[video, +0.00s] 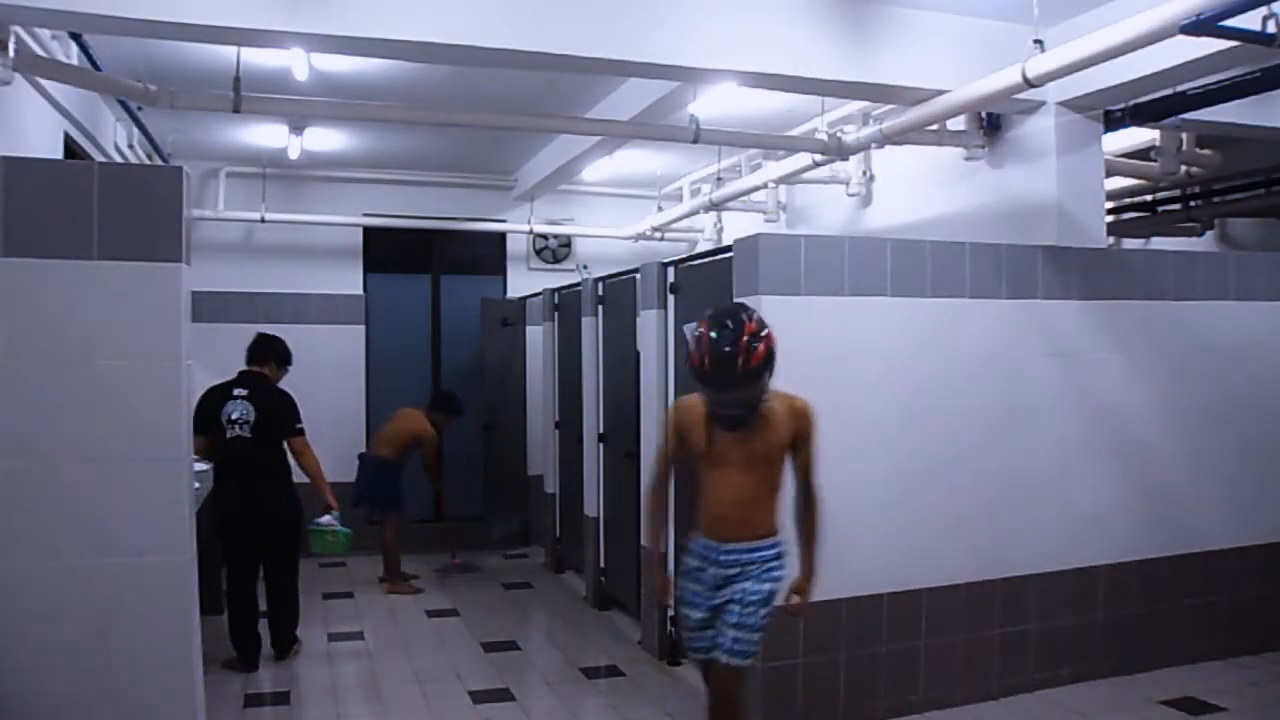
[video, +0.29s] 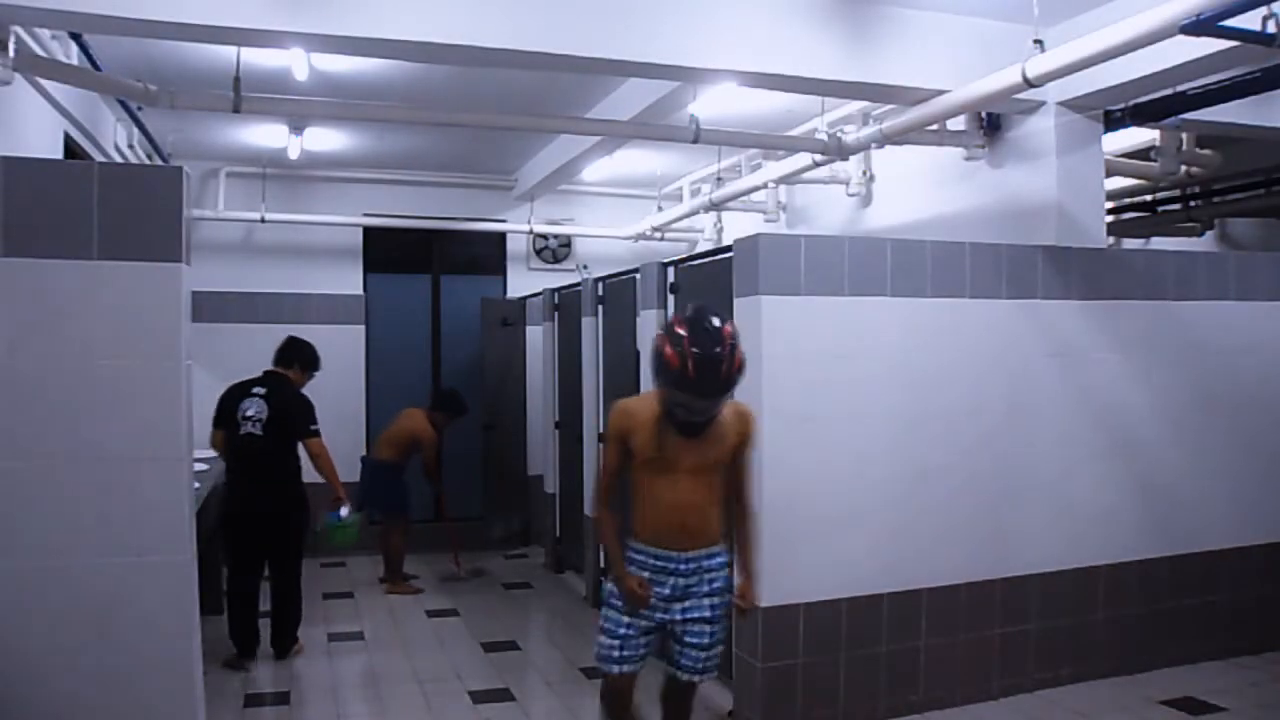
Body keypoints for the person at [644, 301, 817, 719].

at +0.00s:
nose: (729, 411)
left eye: (741, 401)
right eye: (720, 399)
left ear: (763, 381)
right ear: (704, 383)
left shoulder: (793, 416)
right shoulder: (685, 414)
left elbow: (806, 494)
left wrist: (807, 571)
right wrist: (655, 563)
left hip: (759, 563)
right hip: (700, 560)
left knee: (726, 680)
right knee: (713, 679)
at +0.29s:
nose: (696, 417)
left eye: (708, 407)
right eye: (684, 407)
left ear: (727, 389)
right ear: (662, 383)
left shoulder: (738, 422)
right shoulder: (628, 416)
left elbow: (738, 500)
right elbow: (605, 502)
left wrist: (745, 574)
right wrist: (619, 570)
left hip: (708, 572)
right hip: (640, 568)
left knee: (683, 690)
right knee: (616, 686)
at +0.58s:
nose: (668, 419)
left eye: (678, 407)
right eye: (657, 407)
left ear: (689, 392)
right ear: (629, 383)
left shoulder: (686, 422)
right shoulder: (582, 420)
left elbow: (676, 501)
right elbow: (547, 502)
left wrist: (699, 564)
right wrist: (580, 571)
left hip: (670, 579)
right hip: (612, 580)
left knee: (676, 695)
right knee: (594, 702)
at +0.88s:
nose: (642, 418)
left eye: (652, 406)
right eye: (629, 407)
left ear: (668, 385)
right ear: (600, 382)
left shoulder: (675, 419)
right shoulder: (560, 421)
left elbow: (672, 493)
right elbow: (536, 499)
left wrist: (687, 553)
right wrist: (550, 567)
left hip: (657, 580)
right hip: (588, 583)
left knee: (656, 696)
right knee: (583, 702)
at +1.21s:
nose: (596, 412)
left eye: (608, 402)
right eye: (584, 402)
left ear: (632, 379)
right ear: (565, 383)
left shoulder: (664, 421)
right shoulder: (550, 422)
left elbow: (671, 500)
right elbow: (548, 493)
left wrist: (677, 570)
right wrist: (536, 552)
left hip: (638, 579)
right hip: (567, 576)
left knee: (643, 707)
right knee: (572, 706)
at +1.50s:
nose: (637, 415)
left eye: (646, 403)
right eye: (625, 405)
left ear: (655, 387)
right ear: (598, 383)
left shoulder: (655, 420)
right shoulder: (548, 422)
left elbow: (637, 495)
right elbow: (515, 501)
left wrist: (668, 559)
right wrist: (538, 576)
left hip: (645, 583)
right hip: (580, 587)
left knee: (659, 700)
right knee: (578, 708)